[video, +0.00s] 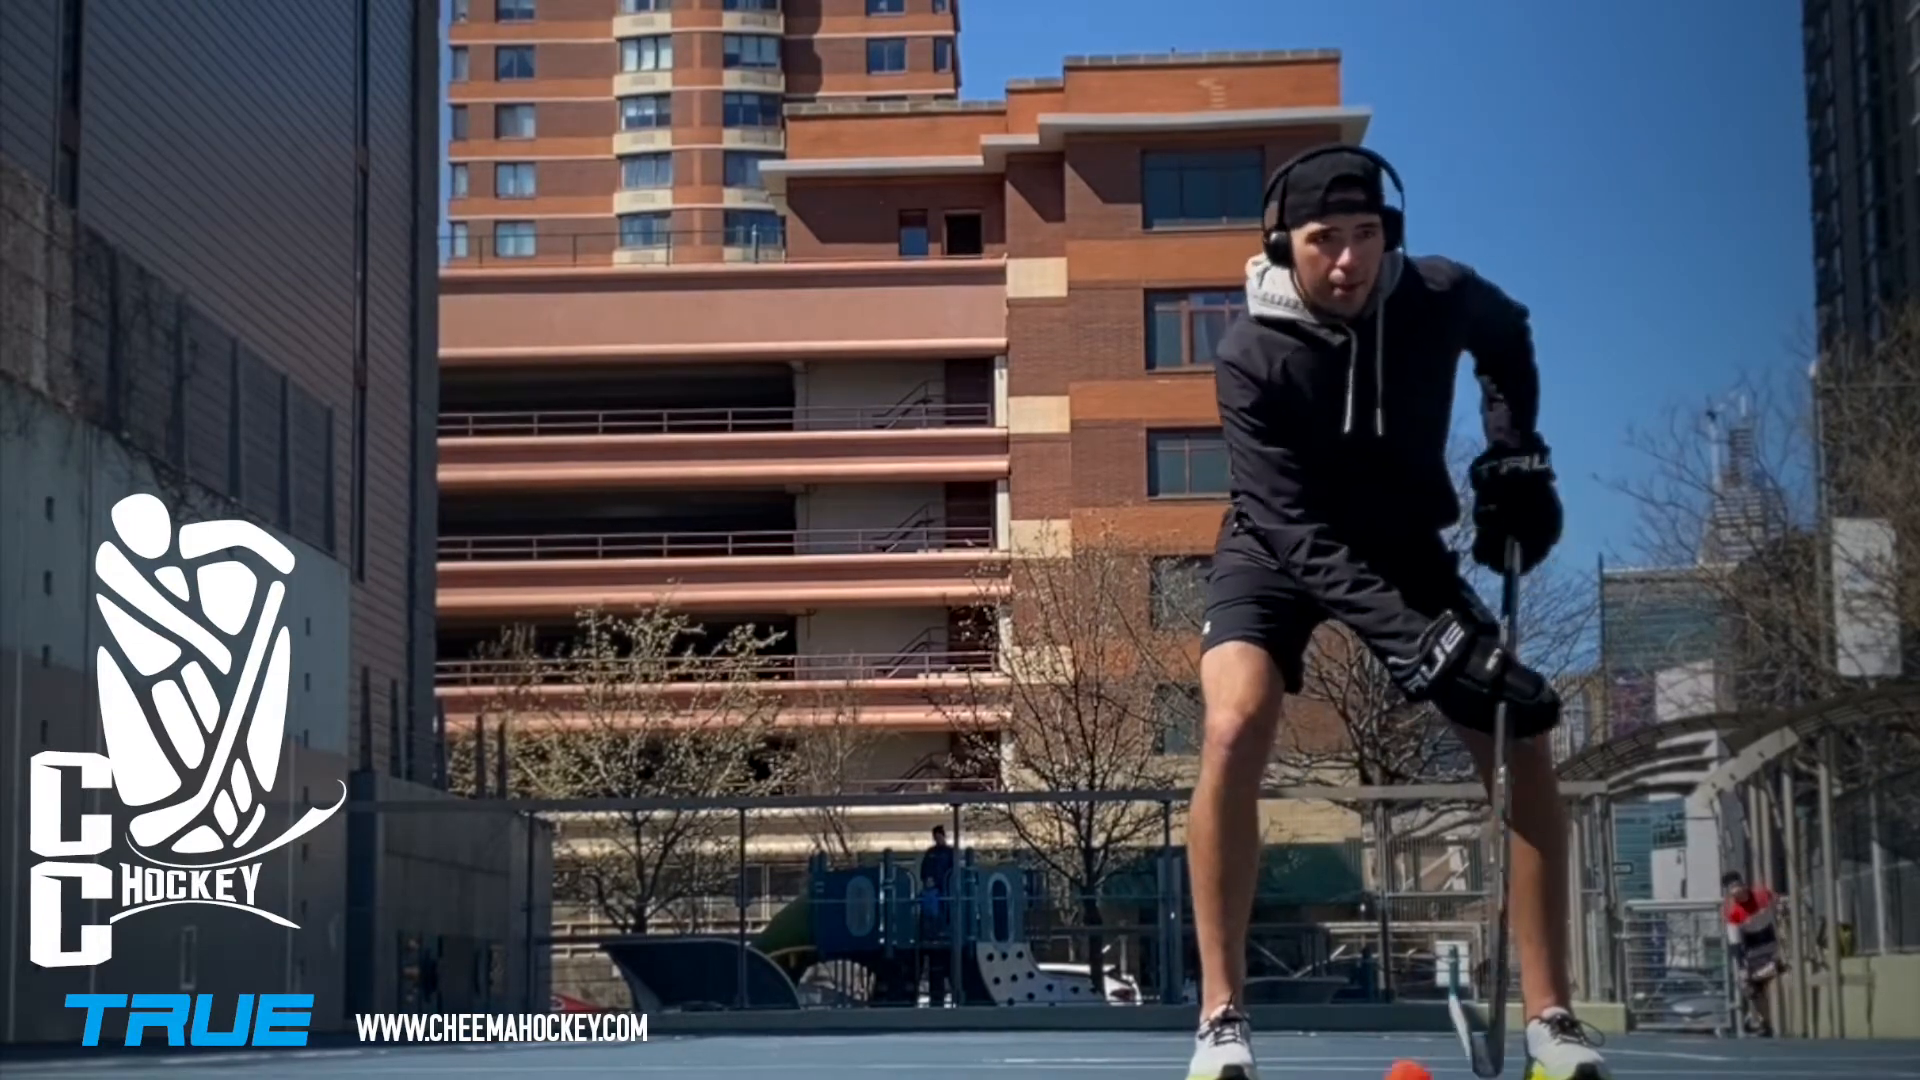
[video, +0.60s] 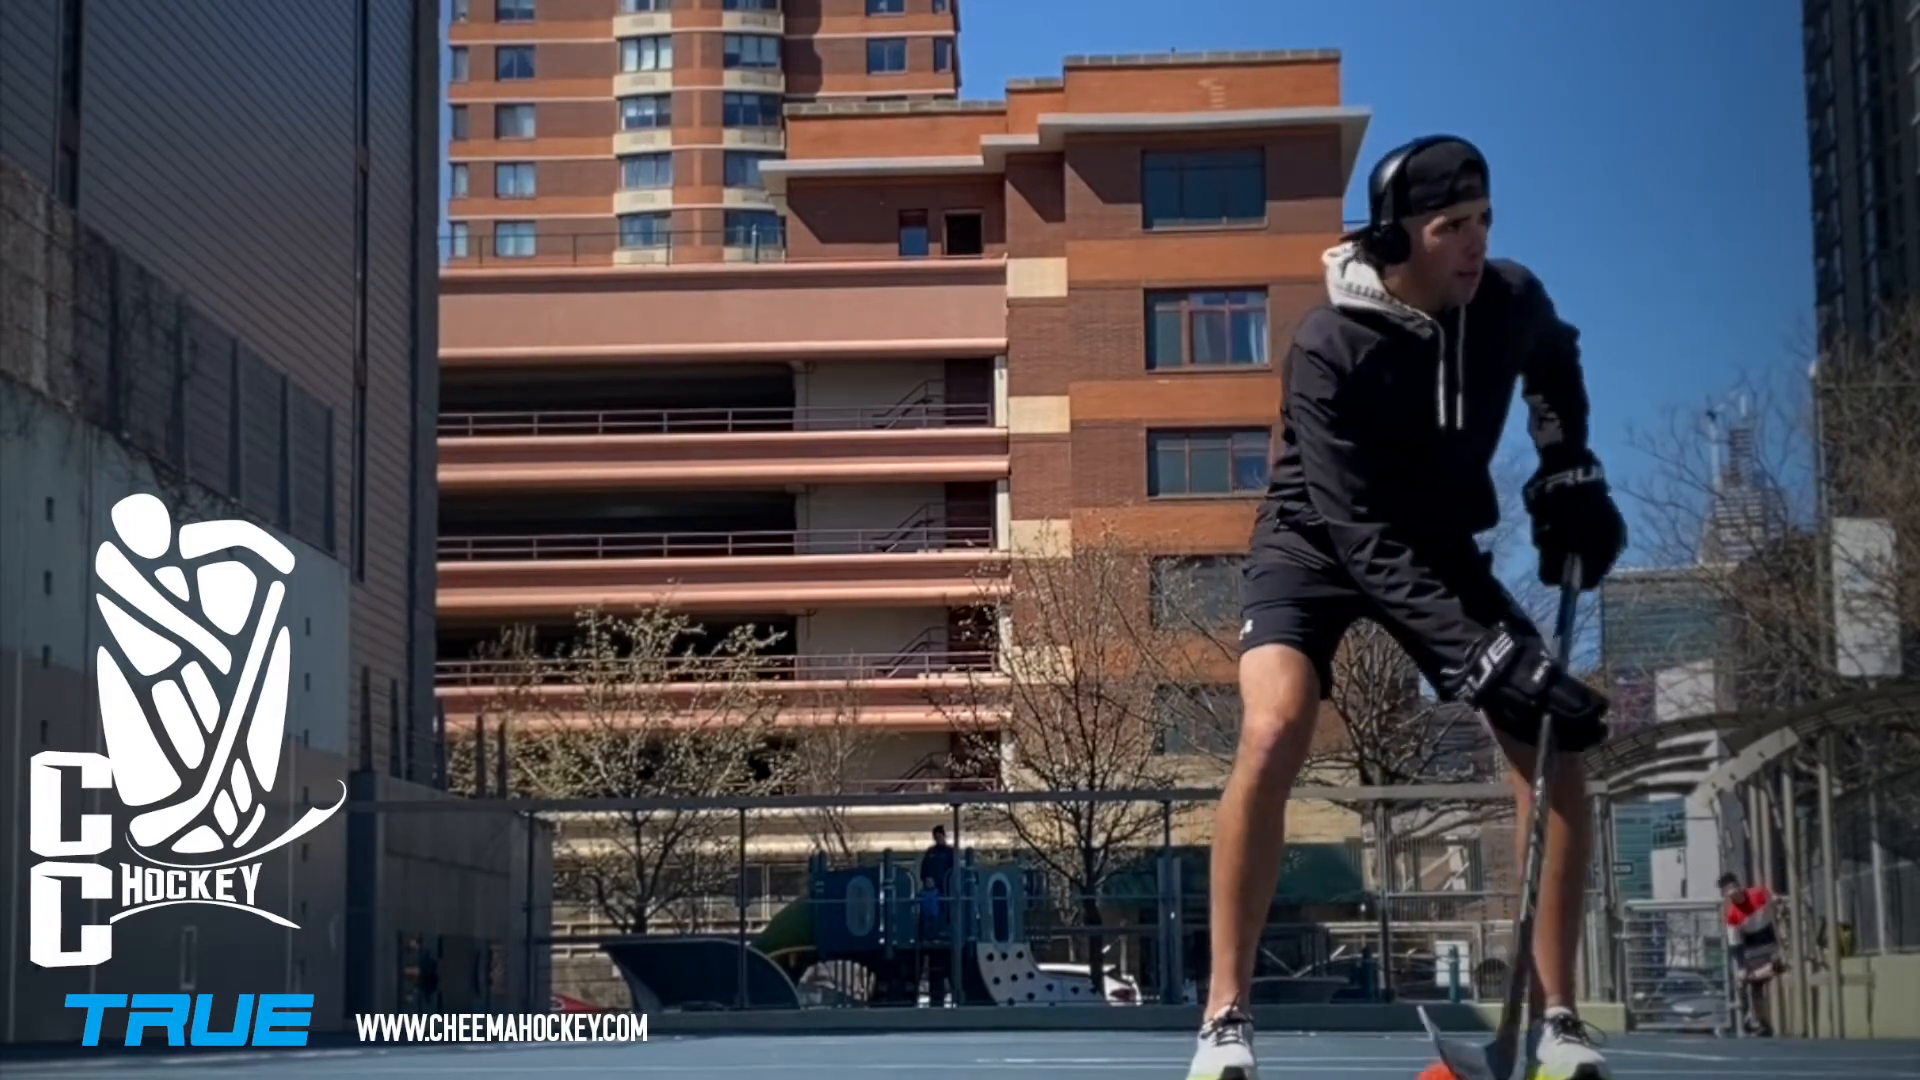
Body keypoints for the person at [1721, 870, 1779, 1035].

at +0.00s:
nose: (1737, 892)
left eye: (1738, 886)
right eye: (1732, 889)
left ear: (1744, 885)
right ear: (1728, 893)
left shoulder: (1763, 897)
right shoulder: (1734, 913)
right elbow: (1735, 942)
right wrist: (1741, 967)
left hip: (1770, 949)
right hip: (1750, 953)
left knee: (1761, 988)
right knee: (1752, 989)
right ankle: (1763, 1025)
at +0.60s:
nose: (1732, 893)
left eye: (1733, 887)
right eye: (1727, 890)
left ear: (1739, 886)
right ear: (1724, 895)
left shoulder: (1759, 895)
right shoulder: (1732, 915)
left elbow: (1775, 922)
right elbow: (1735, 943)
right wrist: (1741, 967)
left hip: (1769, 944)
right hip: (1750, 948)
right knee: (1755, 988)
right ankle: (1762, 1024)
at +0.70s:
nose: (1730, 893)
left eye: (1731, 888)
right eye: (1725, 891)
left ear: (1737, 886)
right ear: (1722, 895)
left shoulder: (1756, 896)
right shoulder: (1729, 914)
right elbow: (1733, 942)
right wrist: (1740, 967)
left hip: (1770, 946)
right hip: (1751, 950)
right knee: (1754, 988)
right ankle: (1762, 1024)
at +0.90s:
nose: (1728, 895)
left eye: (1729, 889)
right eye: (1724, 892)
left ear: (1736, 888)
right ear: (1721, 896)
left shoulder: (1756, 898)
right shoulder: (1728, 915)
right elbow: (1732, 945)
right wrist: (1738, 969)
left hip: (1770, 942)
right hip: (1751, 949)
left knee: (1777, 965)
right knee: (1752, 986)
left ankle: (1747, 979)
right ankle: (1760, 1022)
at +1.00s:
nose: (1728, 895)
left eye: (1729, 890)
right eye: (1723, 892)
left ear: (1735, 888)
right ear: (1721, 896)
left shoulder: (1756, 898)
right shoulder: (1727, 916)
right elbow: (1730, 945)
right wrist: (1734, 970)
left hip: (1769, 943)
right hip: (1750, 949)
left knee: (1775, 965)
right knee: (1753, 987)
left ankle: (1744, 978)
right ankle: (1761, 1023)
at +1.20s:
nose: (1726, 894)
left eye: (1728, 888)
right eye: (1722, 891)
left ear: (1735, 887)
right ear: (1720, 894)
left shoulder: (1755, 897)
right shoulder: (1726, 915)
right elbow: (1729, 944)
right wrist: (1733, 969)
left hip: (1769, 944)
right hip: (1749, 950)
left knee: (1774, 964)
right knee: (1753, 989)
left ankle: (1744, 979)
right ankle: (1760, 1023)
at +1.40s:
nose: (1723, 892)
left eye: (1725, 887)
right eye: (1720, 889)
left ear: (1733, 886)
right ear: (1719, 892)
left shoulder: (1753, 896)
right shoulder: (1726, 914)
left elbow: (1776, 905)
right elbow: (1730, 945)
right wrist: (1733, 970)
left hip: (1769, 943)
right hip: (1750, 948)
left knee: (1772, 966)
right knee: (1753, 988)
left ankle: (1744, 978)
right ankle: (1760, 1023)